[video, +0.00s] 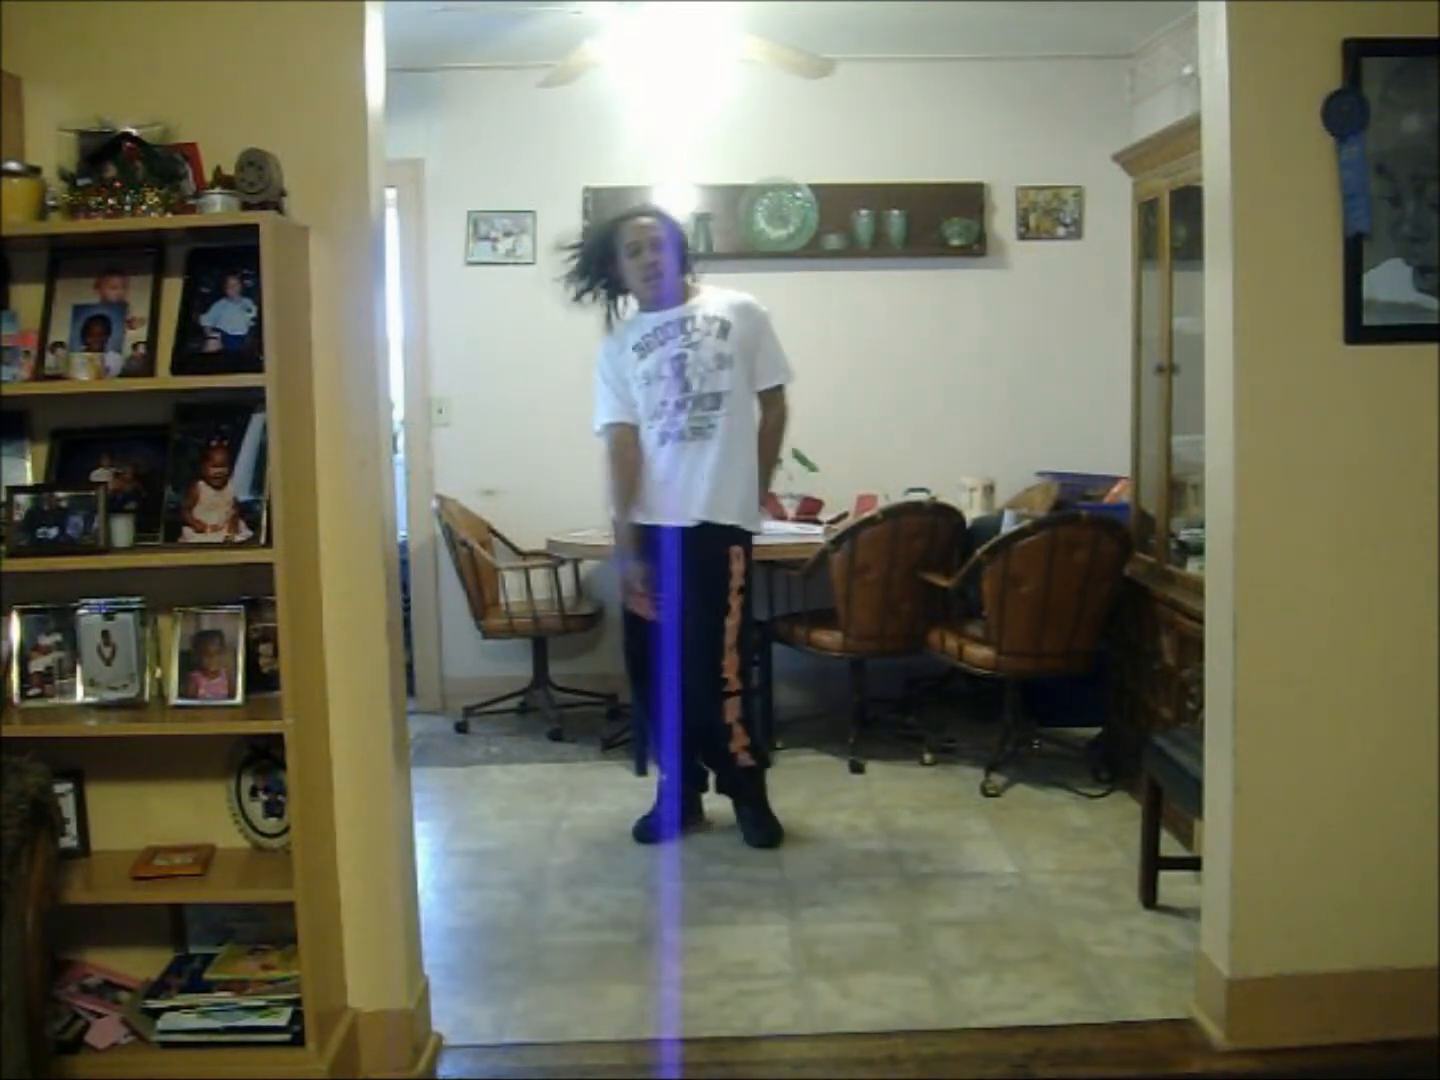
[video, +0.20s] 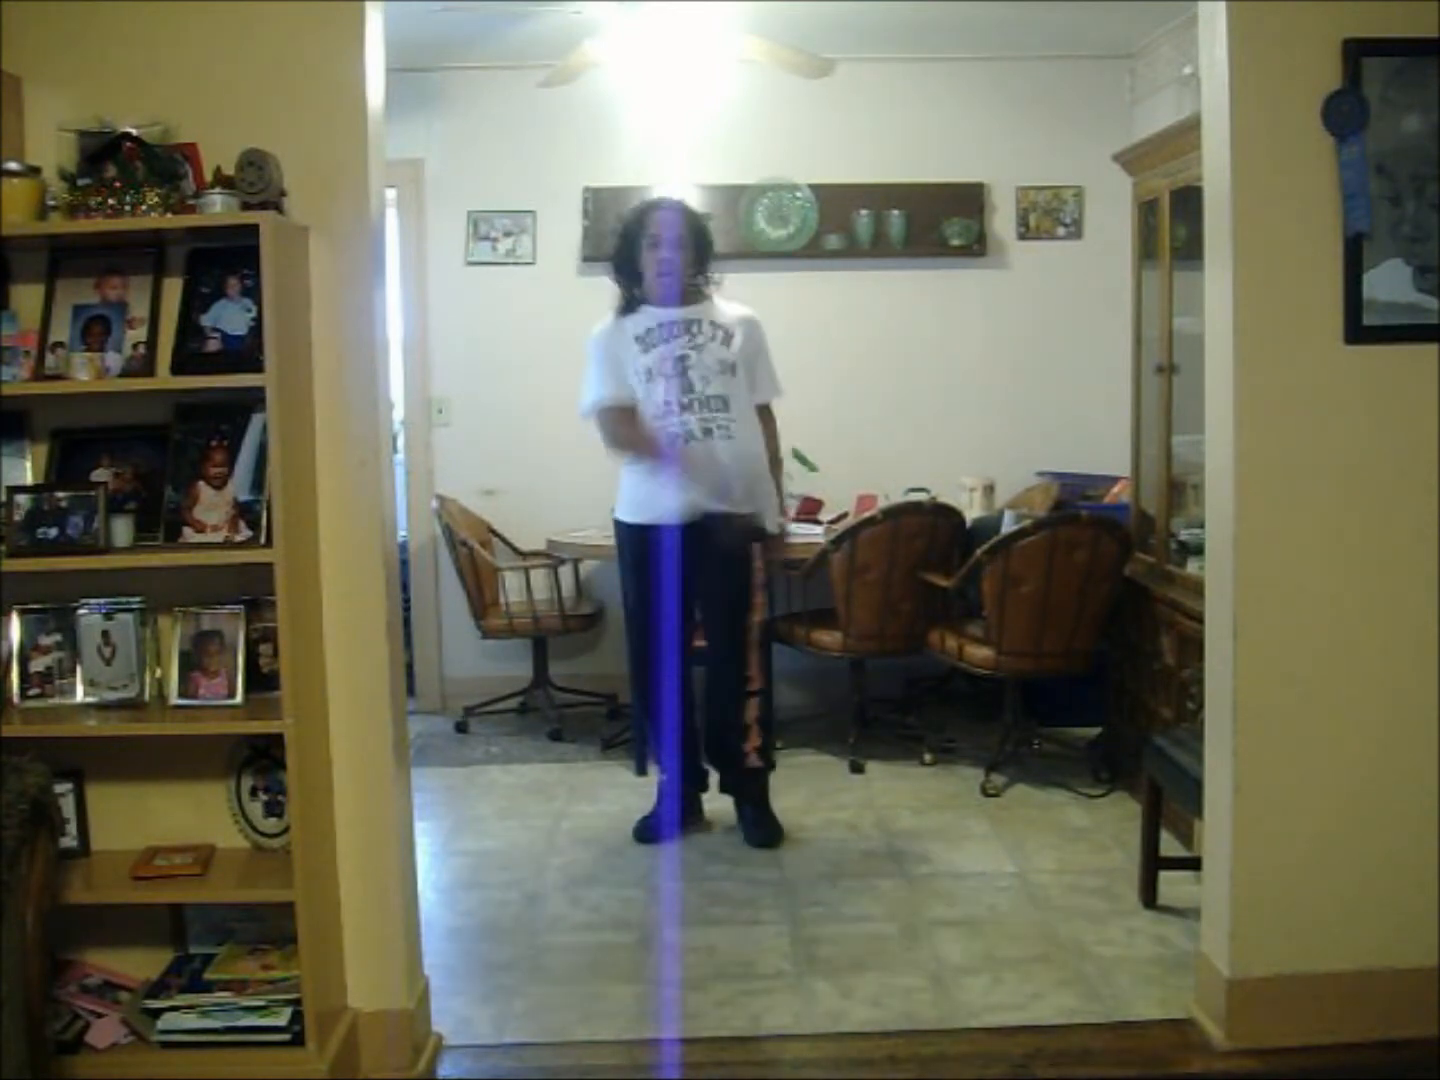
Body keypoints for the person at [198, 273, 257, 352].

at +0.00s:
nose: (233, 289)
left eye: (236, 285)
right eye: (230, 286)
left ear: (240, 287)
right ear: (226, 288)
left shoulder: (247, 303)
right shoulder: (221, 304)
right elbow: (205, 320)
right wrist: (211, 335)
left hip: (244, 338)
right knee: (212, 341)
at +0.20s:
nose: (233, 288)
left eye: (235, 285)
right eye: (230, 286)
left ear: (240, 287)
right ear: (225, 288)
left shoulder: (247, 303)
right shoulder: (221, 304)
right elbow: (206, 320)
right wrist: (210, 335)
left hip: (244, 338)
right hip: (224, 337)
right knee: (212, 341)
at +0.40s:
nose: (233, 289)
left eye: (235, 285)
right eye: (230, 286)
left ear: (240, 287)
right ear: (225, 288)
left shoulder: (247, 304)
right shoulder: (221, 304)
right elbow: (206, 320)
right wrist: (210, 335)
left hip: (244, 338)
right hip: (224, 337)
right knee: (212, 341)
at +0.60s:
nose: (233, 289)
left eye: (235, 285)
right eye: (230, 286)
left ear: (240, 287)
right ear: (225, 288)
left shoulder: (248, 304)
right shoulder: (221, 304)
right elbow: (205, 320)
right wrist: (210, 335)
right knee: (212, 341)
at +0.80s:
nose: (233, 289)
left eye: (236, 286)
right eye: (230, 286)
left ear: (240, 287)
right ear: (226, 289)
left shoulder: (247, 304)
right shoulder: (221, 304)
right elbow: (205, 320)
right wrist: (210, 334)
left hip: (244, 338)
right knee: (212, 341)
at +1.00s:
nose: (233, 289)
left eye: (235, 285)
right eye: (230, 286)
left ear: (240, 287)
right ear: (226, 288)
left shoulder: (248, 304)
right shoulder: (221, 304)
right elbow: (205, 320)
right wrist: (210, 335)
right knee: (212, 341)